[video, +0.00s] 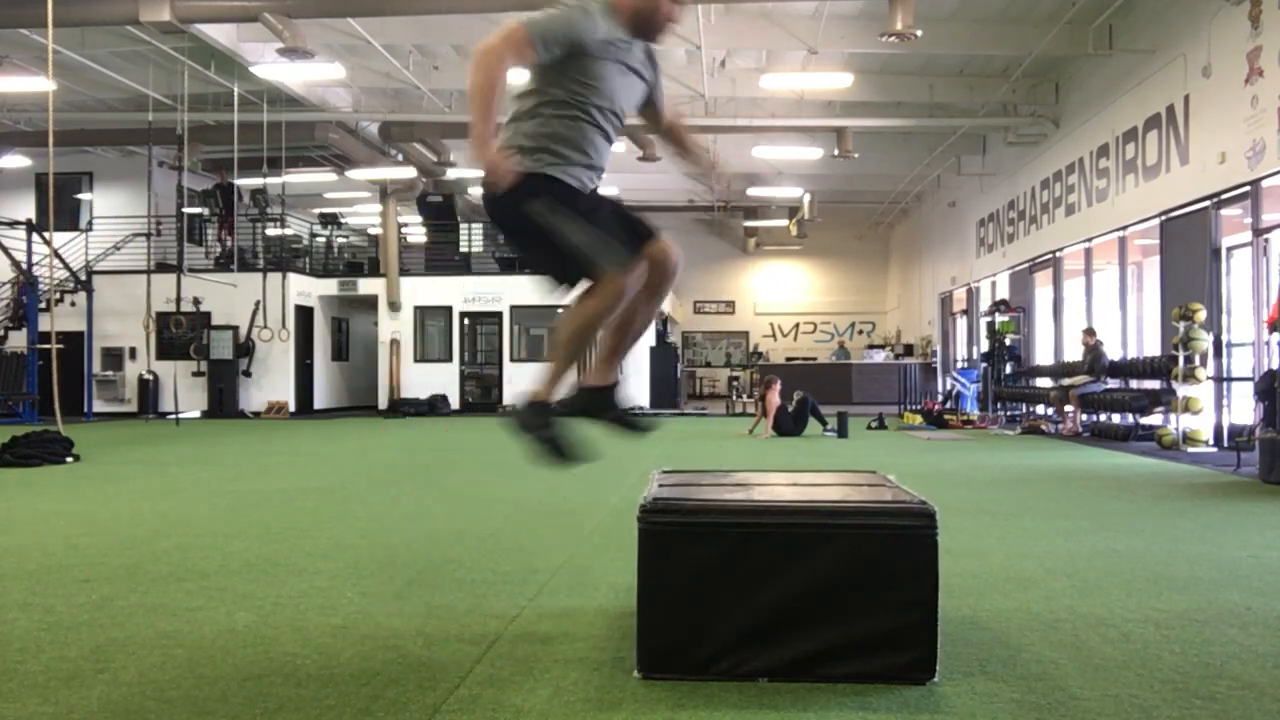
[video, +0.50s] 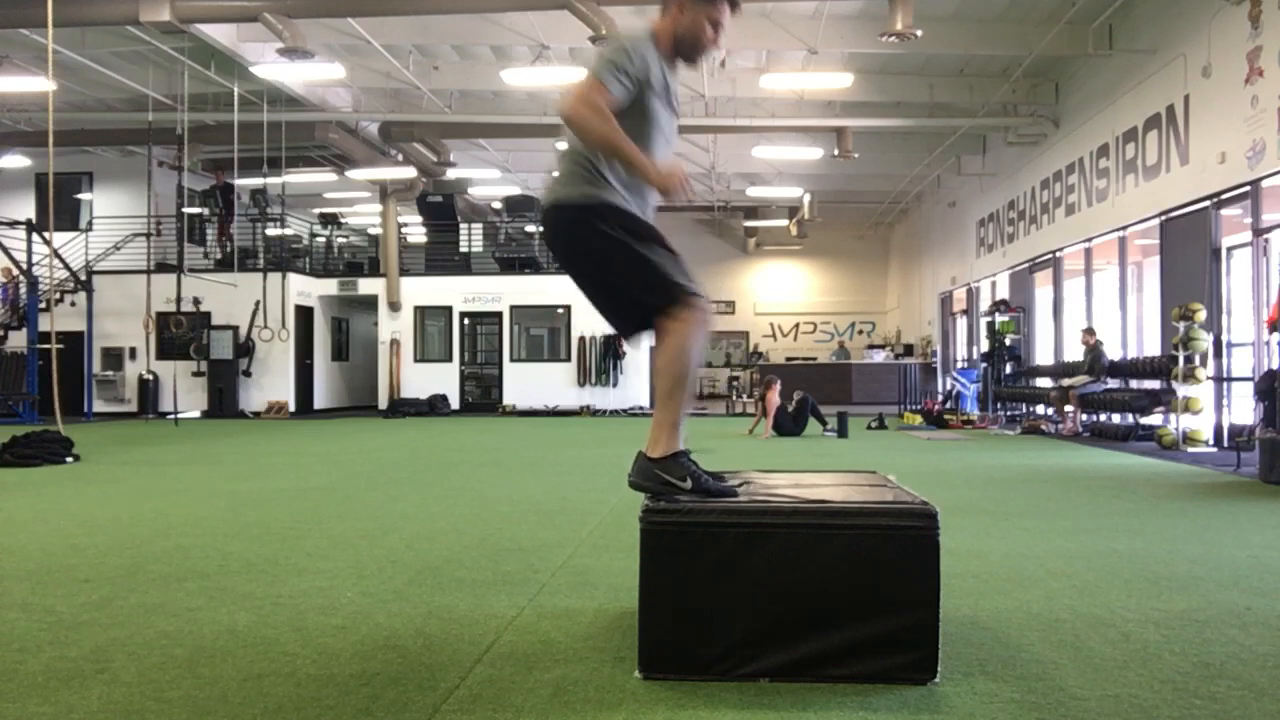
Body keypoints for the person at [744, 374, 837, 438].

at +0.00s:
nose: (780, 387)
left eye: (779, 384)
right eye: (778, 384)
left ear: (768, 385)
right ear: (773, 385)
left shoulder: (765, 396)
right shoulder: (773, 396)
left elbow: (759, 415)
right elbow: (770, 416)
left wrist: (751, 430)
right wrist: (766, 433)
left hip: (784, 430)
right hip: (792, 431)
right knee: (807, 399)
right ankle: (826, 426)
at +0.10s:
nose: (780, 386)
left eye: (779, 384)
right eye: (778, 384)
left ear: (768, 385)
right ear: (773, 385)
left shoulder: (765, 396)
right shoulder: (773, 396)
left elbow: (759, 415)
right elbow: (770, 416)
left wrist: (751, 430)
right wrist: (766, 433)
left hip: (784, 430)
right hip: (792, 431)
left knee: (804, 399)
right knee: (807, 399)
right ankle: (826, 426)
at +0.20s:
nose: (780, 387)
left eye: (779, 384)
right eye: (778, 385)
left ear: (768, 386)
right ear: (773, 385)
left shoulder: (765, 396)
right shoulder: (773, 396)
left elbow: (759, 415)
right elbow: (770, 416)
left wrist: (751, 429)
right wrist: (767, 433)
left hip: (784, 430)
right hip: (792, 431)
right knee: (807, 399)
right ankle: (826, 426)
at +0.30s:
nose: (780, 387)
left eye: (779, 384)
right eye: (778, 385)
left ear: (768, 386)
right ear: (773, 385)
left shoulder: (765, 396)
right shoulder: (773, 396)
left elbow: (759, 415)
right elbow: (770, 415)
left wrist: (751, 429)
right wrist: (767, 433)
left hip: (784, 430)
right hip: (792, 431)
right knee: (807, 399)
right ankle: (826, 426)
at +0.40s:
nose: (780, 387)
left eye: (779, 385)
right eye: (778, 385)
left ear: (767, 385)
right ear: (774, 385)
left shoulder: (764, 396)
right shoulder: (772, 395)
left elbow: (759, 415)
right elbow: (770, 415)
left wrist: (751, 430)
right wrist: (767, 433)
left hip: (785, 430)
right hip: (793, 431)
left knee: (804, 398)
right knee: (807, 399)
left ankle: (825, 425)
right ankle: (826, 426)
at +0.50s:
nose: (779, 387)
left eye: (779, 384)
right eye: (778, 384)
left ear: (767, 385)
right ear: (774, 385)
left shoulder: (764, 396)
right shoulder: (772, 395)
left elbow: (759, 416)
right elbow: (770, 416)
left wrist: (751, 430)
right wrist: (767, 433)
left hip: (785, 430)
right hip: (793, 431)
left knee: (805, 398)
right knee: (807, 399)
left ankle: (825, 425)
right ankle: (826, 426)